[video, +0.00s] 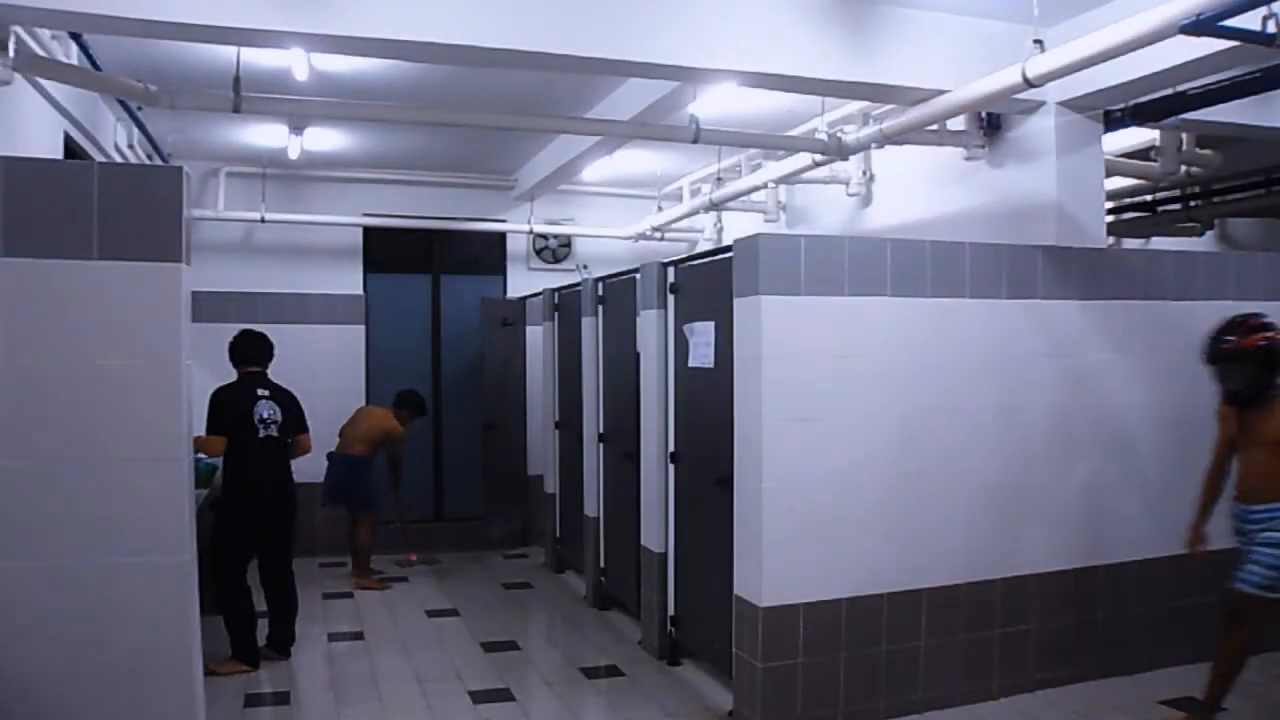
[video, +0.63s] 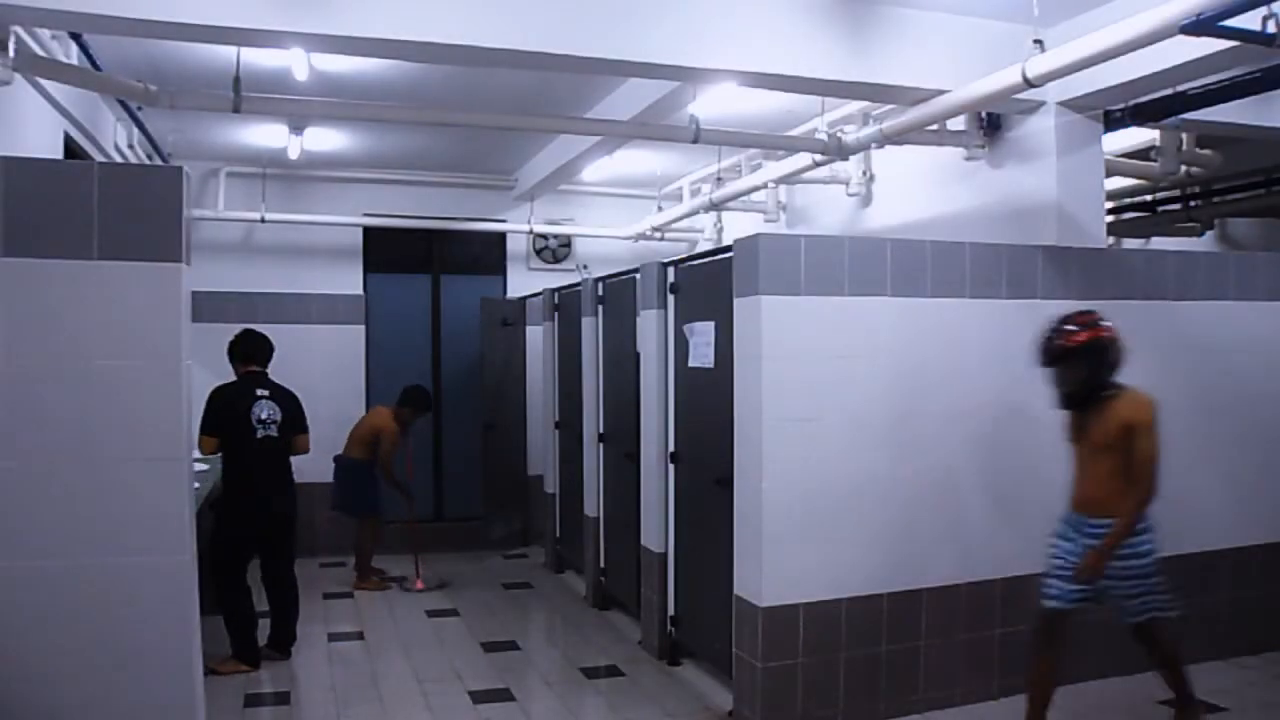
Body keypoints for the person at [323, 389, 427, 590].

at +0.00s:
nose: (410, 422)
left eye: (413, 418)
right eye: (411, 417)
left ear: (395, 404)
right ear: (406, 412)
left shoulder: (366, 410)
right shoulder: (394, 430)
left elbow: (343, 432)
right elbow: (395, 468)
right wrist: (396, 494)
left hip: (337, 464)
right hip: (357, 468)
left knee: (355, 517)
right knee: (365, 519)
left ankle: (359, 567)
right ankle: (362, 574)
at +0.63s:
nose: (415, 420)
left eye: (418, 416)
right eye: (415, 415)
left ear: (402, 405)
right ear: (407, 409)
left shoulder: (379, 412)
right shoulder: (389, 427)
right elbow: (385, 468)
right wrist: (404, 492)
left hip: (347, 465)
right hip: (358, 469)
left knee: (366, 521)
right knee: (369, 522)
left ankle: (364, 567)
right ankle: (363, 576)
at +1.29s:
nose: (436, 422)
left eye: (438, 418)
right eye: (437, 417)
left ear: (423, 405)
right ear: (430, 412)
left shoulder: (402, 414)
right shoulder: (415, 427)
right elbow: (410, 463)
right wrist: (426, 488)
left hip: (366, 463)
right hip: (375, 467)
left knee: (389, 520)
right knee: (381, 522)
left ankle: (390, 569)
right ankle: (365, 576)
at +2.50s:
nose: (449, 424)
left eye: (451, 419)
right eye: (450, 418)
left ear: (435, 407)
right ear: (442, 413)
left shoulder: (414, 414)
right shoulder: (424, 431)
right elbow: (423, 471)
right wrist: (437, 497)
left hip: (377, 465)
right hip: (387, 470)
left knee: (392, 523)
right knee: (397, 524)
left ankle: (392, 572)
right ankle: (393, 579)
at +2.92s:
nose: (447, 423)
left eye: (449, 418)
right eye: (447, 418)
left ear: (432, 408)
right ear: (439, 413)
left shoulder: (412, 416)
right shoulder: (422, 430)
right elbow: (420, 467)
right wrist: (434, 495)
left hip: (376, 465)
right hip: (386, 471)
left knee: (382, 526)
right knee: (393, 527)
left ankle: (382, 572)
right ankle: (393, 579)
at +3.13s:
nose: (440, 418)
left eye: (442, 414)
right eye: (439, 413)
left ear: (423, 404)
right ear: (432, 410)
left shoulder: (399, 414)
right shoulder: (419, 428)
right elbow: (422, 461)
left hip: (373, 467)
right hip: (386, 473)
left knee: (387, 527)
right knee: (393, 528)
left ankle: (390, 574)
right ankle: (392, 578)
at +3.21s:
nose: (438, 418)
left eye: (440, 412)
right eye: (438, 412)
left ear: (421, 403)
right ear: (431, 409)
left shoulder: (396, 413)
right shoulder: (419, 429)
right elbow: (424, 465)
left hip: (372, 471)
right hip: (388, 479)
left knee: (383, 529)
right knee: (395, 530)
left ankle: (383, 576)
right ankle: (396, 579)